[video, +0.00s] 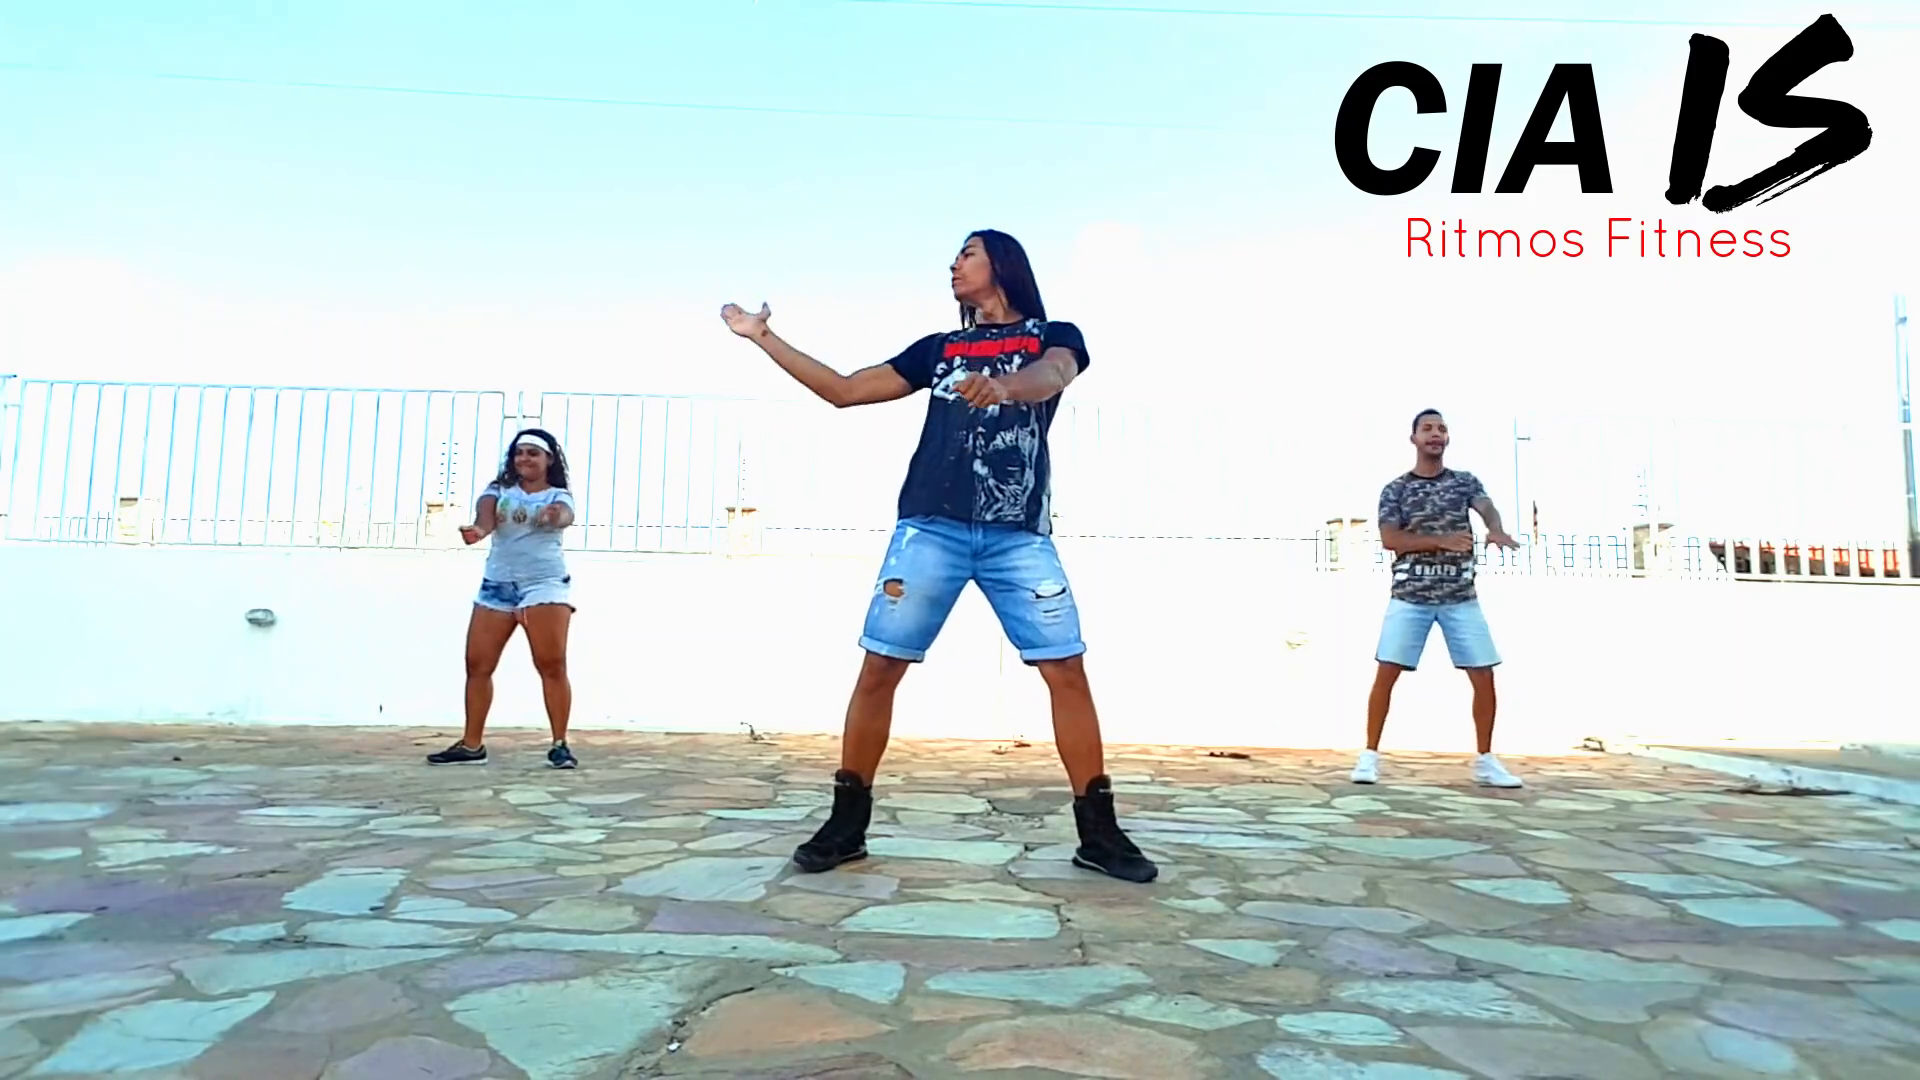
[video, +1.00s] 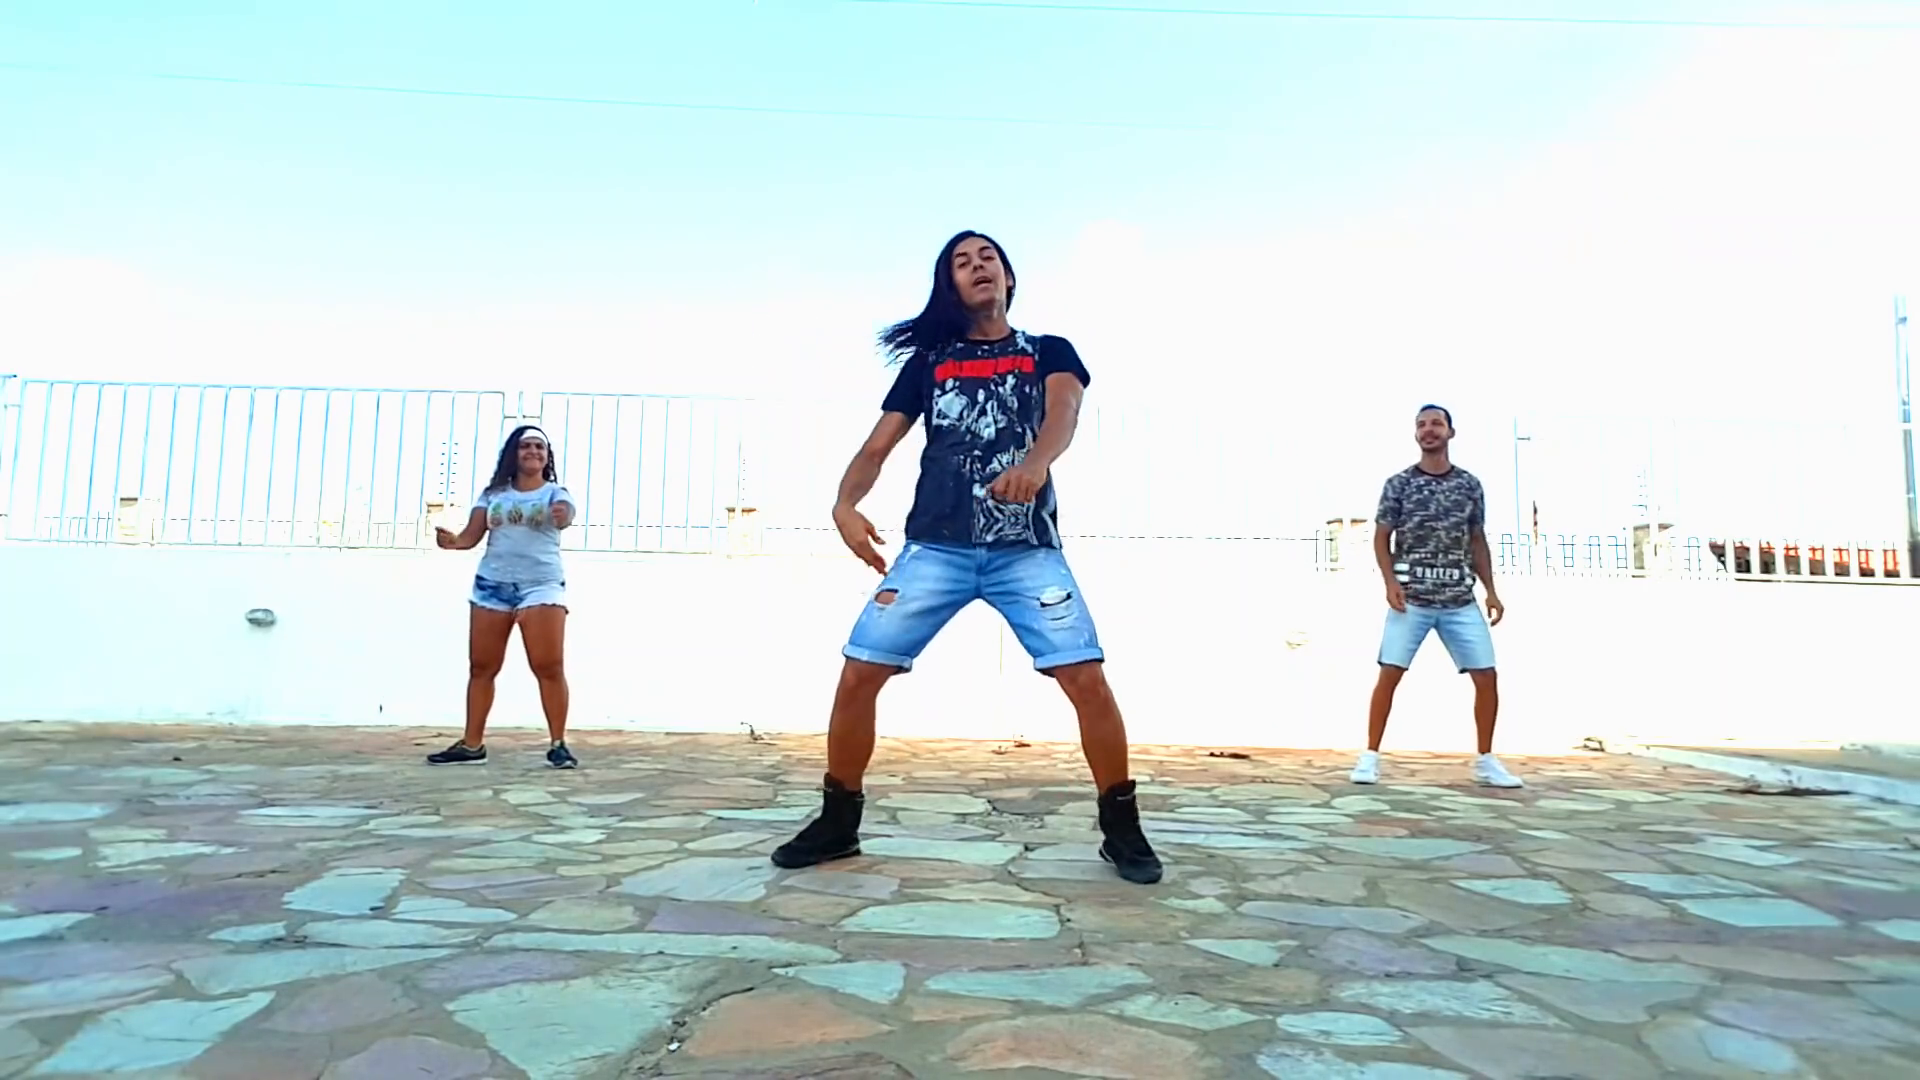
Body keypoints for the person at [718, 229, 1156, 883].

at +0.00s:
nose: (954, 266)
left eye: (967, 255)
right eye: (956, 257)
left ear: (1001, 267)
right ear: (975, 274)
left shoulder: (1055, 335)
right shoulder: (942, 347)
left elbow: (1054, 374)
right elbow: (845, 388)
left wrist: (1005, 386)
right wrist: (765, 336)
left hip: (1018, 534)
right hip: (929, 529)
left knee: (1066, 668)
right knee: (878, 668)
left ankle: (1099, 832)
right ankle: (845, 822)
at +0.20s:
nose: (956, 264)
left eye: (968, 254)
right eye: (959, 255)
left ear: (1003, 265)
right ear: (981, 271)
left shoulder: (1057, 335)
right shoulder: (942, 348)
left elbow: (1056, 382)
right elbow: (848, 394)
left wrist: (1008, 398)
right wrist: (769, 337)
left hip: (1019, 535)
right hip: (930, 530)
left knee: (1070, 668)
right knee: (875, 668)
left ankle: (1100, 831)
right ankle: (842, 824)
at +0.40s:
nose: (956, 257)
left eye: (969, 247)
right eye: (958, 249)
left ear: (1003, 260)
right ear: (972, 270)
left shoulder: (1055, 331)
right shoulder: (941, 348)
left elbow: (1055, 380)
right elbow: (848, 398)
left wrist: (1006, 397)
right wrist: (773, 344)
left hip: (1019, 534)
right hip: (929, 530)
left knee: (1069, 669)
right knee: (875, 667)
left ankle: (1099, 831)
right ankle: (843, 823)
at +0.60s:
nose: (1020, 253)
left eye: (1026, 249)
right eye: (1003, 247)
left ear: (1035, 275)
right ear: (974, 274)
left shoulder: (1057, 335)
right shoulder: (941, 354)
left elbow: (1053, 391)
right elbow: (873, 438)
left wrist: (1006, 423)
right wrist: (779, 426)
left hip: (1018, 538)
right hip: (928, 533)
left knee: (1073, 669)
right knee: (870, 666)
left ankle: (1099, 831)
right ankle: (842, 823)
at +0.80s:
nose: (986, 244)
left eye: (993, 235)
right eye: (971, 241)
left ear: (1013, 254)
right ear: (956, 268)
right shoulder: (938, 341)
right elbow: (910, 439)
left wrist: (1017, 462)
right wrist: (860, 484)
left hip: (1023, 532)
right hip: (933, 527)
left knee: (1073, 667)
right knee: (880, 666)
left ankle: (1101, 831)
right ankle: (843, 822)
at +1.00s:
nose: (978, 263)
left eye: (987, 255)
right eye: (963, 260)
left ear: (1008, 277)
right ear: (949, 289)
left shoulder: (1049, 350)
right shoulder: (930, 361)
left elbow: (1063, 414)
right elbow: (878, 445)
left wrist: (1037, 463)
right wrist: (843, 504)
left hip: (1027, 553)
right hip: (935, 550)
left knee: (1088, 680)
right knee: (858, 674)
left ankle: (1122, 825)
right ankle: (837, 821)